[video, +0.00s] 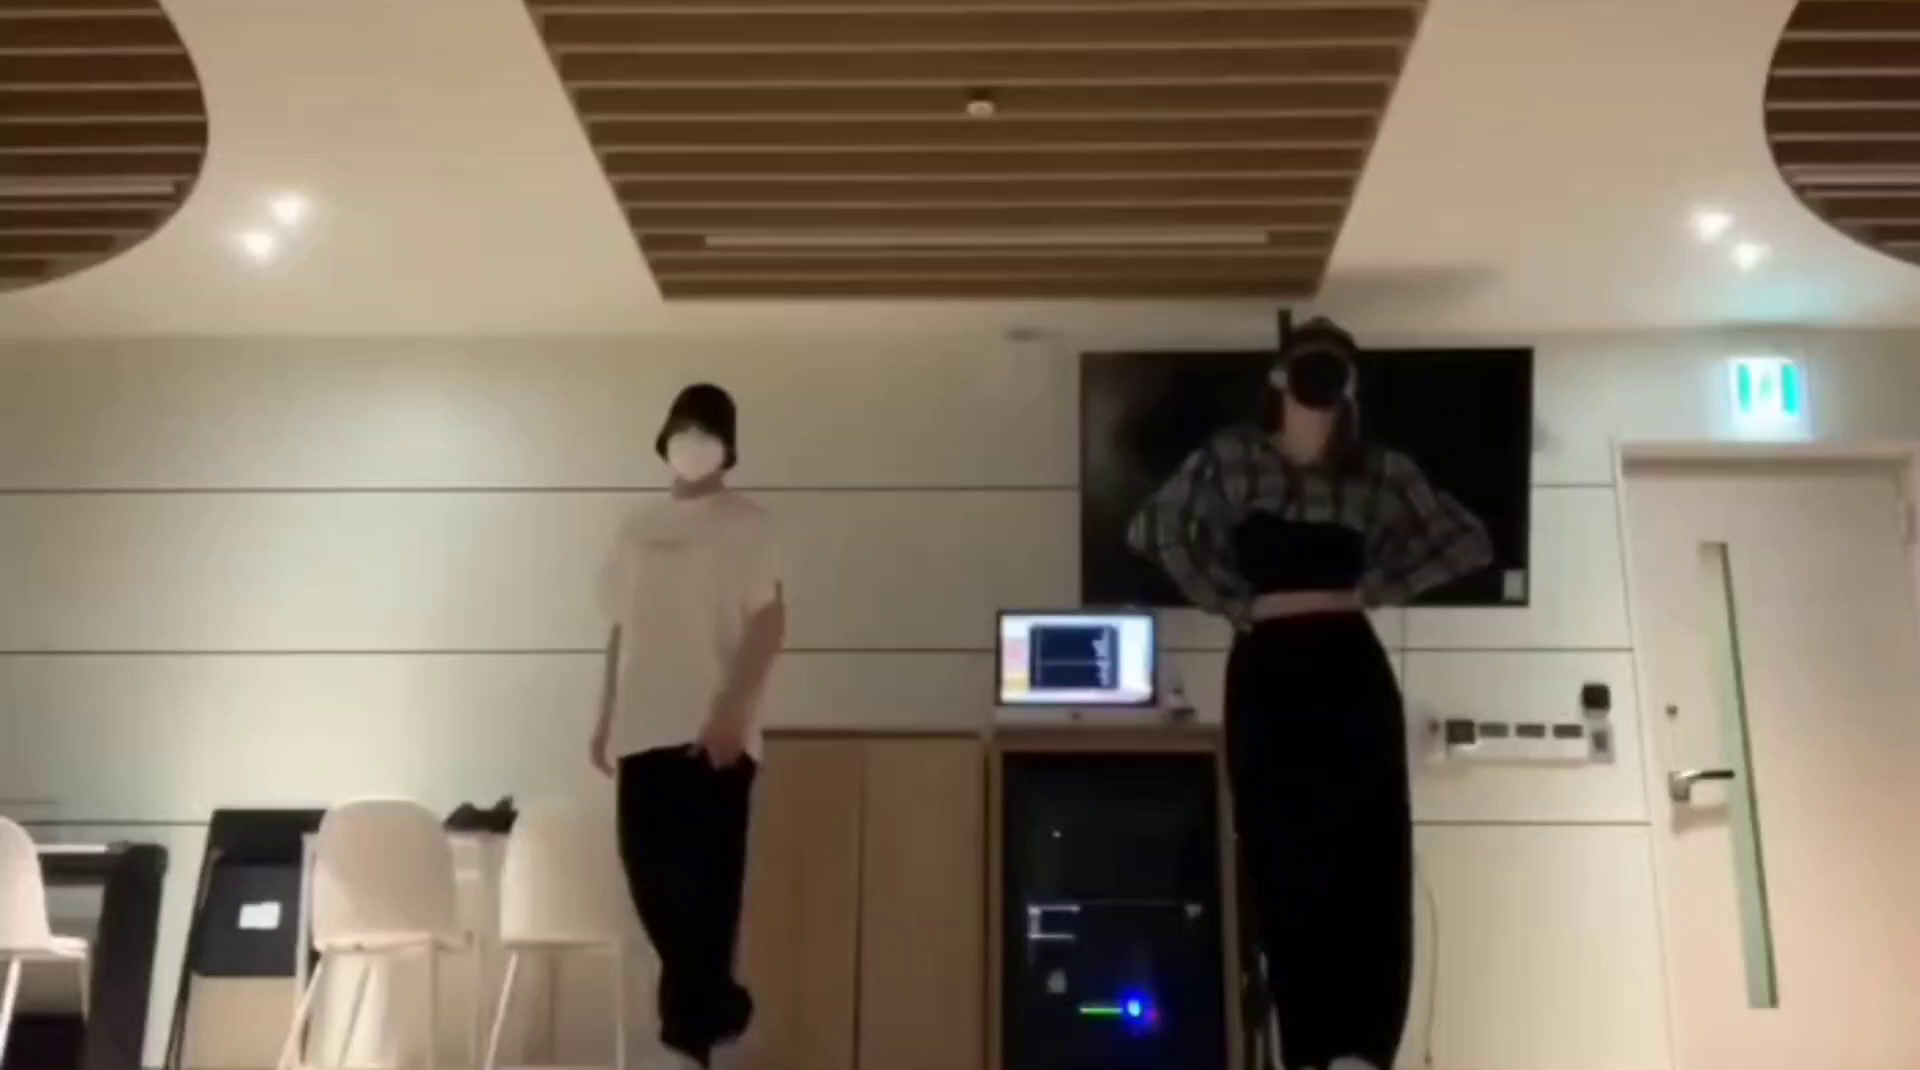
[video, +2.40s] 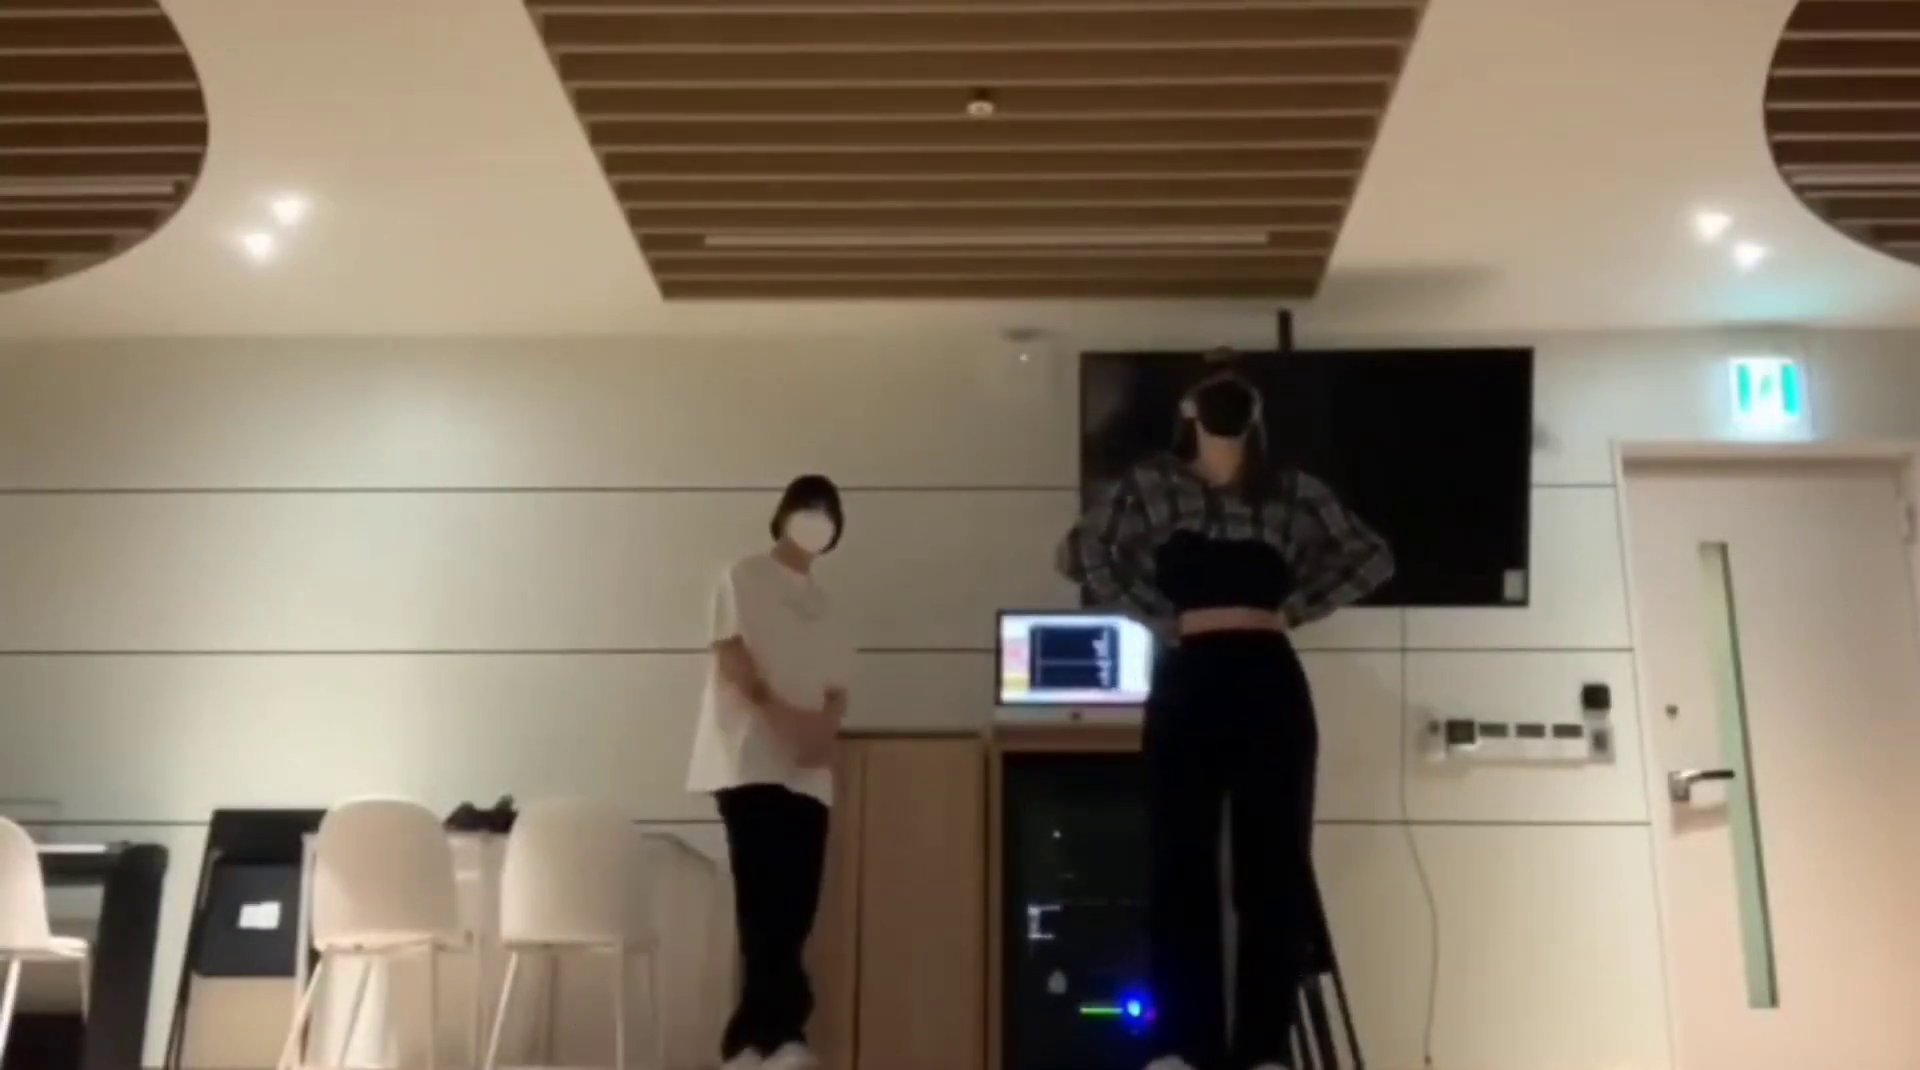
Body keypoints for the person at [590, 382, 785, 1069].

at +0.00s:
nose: (691, 446)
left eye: (707, 435)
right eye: (680, 434)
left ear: (728, 448)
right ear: (664, 443)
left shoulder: (746, 522)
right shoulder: (638, 525)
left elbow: (768, 620)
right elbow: (618, 630)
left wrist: (735, 711)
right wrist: (604, 718)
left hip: (715, 736)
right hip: (642, 737)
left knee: (705, 891)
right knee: (650, 884)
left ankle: (686, 1038)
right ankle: (720, 1005)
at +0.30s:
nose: (673, 448)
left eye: (688, 436)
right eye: (661, 436)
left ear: (711, 445)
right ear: (645, 443)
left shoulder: (737, 524)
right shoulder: (624, 523)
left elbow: (764, 623)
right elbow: (611, 627)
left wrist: (716, 711)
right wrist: (600, 709)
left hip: (700, 745)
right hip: (625, 747)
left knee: (694, 903)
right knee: (613, 900)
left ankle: (684, 1045)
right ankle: (641, 1038)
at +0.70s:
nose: (654, 472)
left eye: (668, 460)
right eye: (644, 459)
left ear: (690, 471)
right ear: (627, 466)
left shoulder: (718, 554)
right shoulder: (593, 548)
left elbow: (764, 632)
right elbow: (558, 627)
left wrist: (725, 673)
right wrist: (524, 675)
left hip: (672, 750)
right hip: (594, 752)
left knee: (674, 900)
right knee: (603, 906)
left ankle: (677, 1041)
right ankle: (618, 1042)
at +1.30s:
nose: (653, 487)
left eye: (666, 475)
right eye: (643, 475)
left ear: (685, 486)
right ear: (624, 484)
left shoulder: (713, 561)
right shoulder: (593, 567)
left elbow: (737, 654)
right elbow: (566, 658)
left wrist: (673, 634)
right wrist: (623, 642)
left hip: (705, 761)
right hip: (619, 765)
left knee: (734, 906)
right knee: (620, 914)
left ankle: (755, 1037)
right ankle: (623, 1047)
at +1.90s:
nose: (758, 514)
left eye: (770, 505)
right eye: (747, 501)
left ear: (781, 518)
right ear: (724, 509)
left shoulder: (792, 592)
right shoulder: (684, 583)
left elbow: (818, 681)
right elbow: (649, 663)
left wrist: (766, 674)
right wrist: (723, 672)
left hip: (776, 780)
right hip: (699, 778)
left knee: (768, 924)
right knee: (675, 917)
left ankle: (752, 1046)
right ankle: (630, 1045)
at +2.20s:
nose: (802, 526)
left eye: (813, 518)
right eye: (792, 511)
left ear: (821, 532)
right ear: (769, 516)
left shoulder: (814, 602)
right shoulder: (729, 580)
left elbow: (834, 694)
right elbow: (712, 659)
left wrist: (803, 698)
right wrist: (778, 685)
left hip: (802, 770)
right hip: (740, 764)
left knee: (790, 910)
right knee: (741, 905)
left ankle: (760, 1043)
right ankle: (707, 1043)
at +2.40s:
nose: (815, 525)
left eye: (827, 517)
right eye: (806, 511)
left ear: (836, 531)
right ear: (782, 515)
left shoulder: (821, 601)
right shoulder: (744, 576)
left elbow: (837, 677)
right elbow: (731, 657)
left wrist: (826, 727)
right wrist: (786, 717)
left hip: (806, 768)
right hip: (749, 762)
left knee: (795, 904)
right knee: (767, 902)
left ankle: (751, 1038)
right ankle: (778, 1036)